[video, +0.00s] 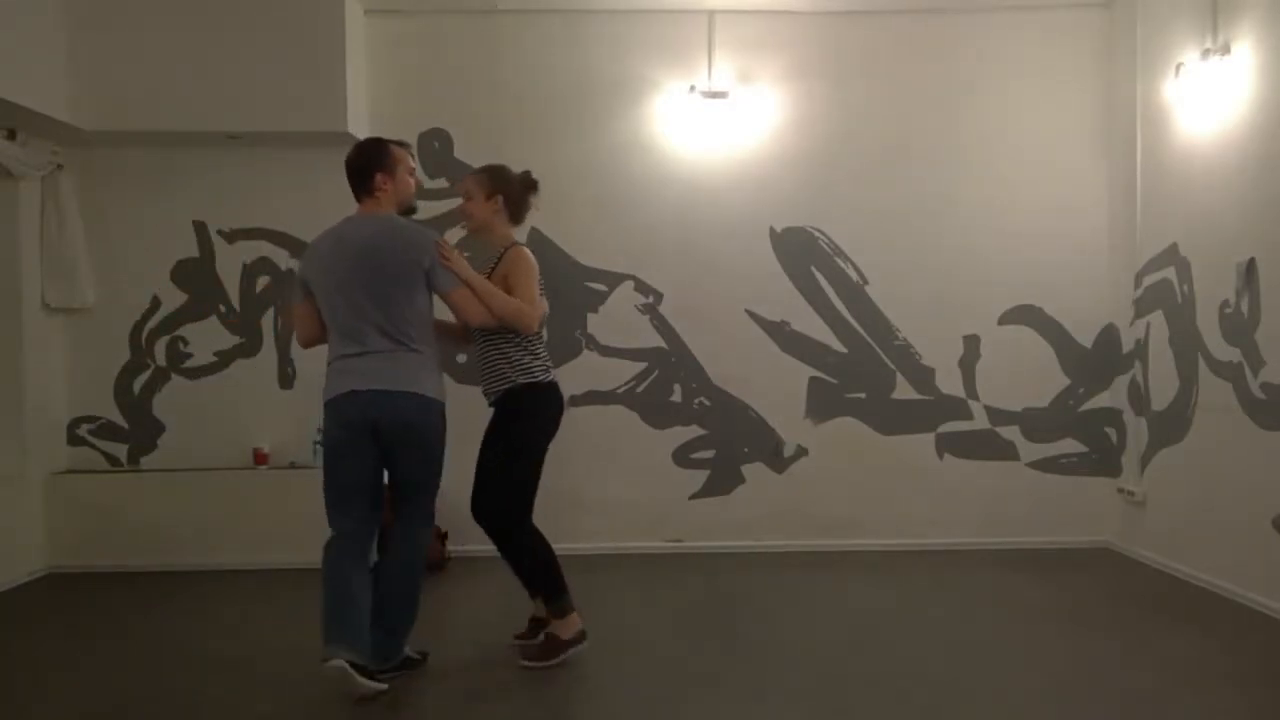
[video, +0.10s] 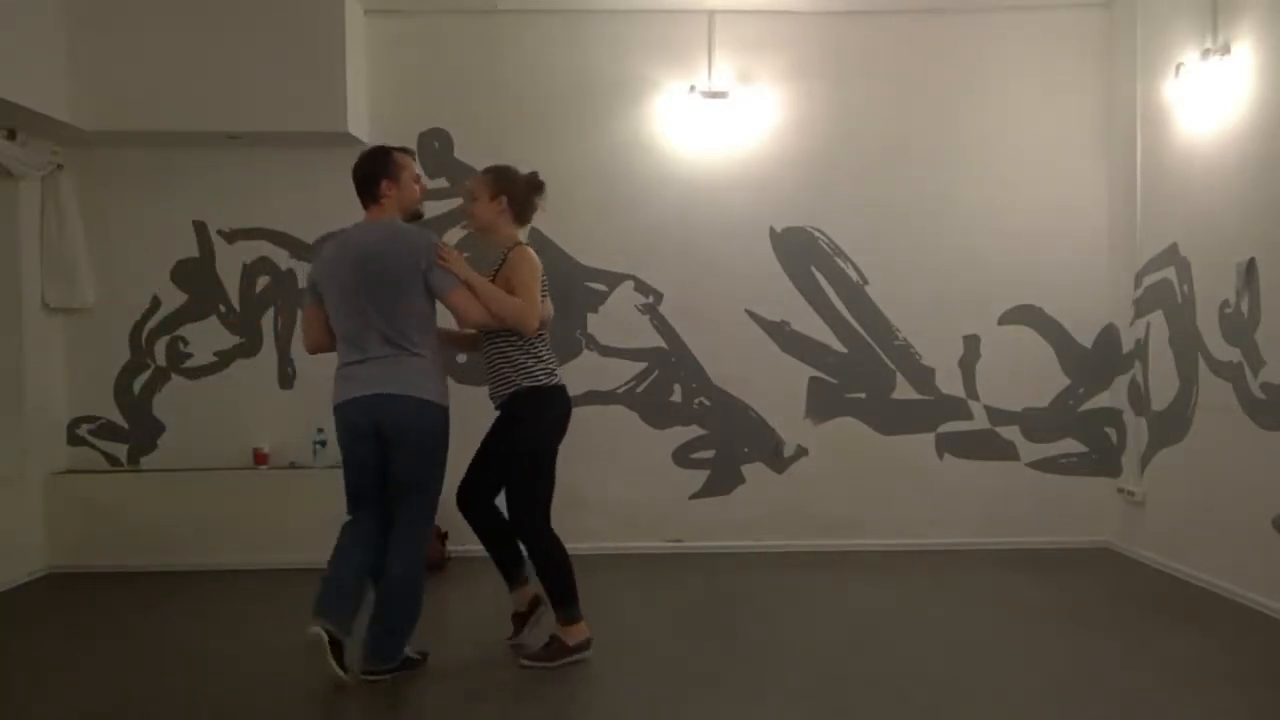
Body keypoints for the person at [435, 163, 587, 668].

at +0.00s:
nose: (461, 208)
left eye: (467, 199)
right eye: (461, 199)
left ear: (495, 203)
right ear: (488, 205)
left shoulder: (517, 257)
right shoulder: (490, 267)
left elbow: (529, 318)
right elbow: (471, 332)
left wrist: (466, 273)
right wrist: (417, 318)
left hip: (532, 398)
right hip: (512, 400)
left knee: (505, 510)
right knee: (489, 507)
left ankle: (567, 620)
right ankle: (548, 608)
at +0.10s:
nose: (465, 208)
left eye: (472, 199)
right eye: (467, 200)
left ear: (500, 205)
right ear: (495, 206)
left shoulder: (520, 257)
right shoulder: (497, 266)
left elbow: (525, 318)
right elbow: (484, 337)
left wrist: (467, 274)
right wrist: (428, 335)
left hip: (538, 402)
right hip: (521, 403)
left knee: (530, 519)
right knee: (472, 498)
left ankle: (574, 628)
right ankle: (523, 592)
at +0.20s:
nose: (468, 205)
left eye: (475, 197)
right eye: (470, 197)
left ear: (500, 203)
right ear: (504, 205)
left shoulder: (517, 252)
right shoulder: (504, 262)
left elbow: (511, 313)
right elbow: (500, 336)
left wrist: (456, 264)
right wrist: (442, 342)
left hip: (538, 399)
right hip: (526, 400)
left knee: (543, 520)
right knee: (472, 490)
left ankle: (575, 629)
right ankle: (501, 594)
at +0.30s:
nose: (466, 201)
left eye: (473, 194)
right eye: (469, 193)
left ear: (497, 200)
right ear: (504, 202)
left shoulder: (507, 247)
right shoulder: (504, 255)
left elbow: (499, 310)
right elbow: (500, 338)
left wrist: (450, 262)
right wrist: (441, 345)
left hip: (531, 397)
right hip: (525, 396)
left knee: (549, 517)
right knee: (481, 498)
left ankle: (575, 627)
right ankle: (481, 612)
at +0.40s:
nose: (461, 205)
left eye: (468, 198)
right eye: (464, 197)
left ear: (492, 204)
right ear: (500, 206)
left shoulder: (498, 254)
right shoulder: (510, 257)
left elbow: (483, 317)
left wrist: (443, 273)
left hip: (519, 402)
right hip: (527, 399)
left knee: (539, 517)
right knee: (492, 511)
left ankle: (574, 628)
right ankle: (475, 626)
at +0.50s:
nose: (455, 206)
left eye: (460, 199)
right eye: (457, 197)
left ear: (482, 205)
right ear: (496, 208)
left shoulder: (484, 256)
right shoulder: (511, 258)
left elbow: (460, 325)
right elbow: (476, 323)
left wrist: (429, 285)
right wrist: (440, 297)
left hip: (504, 404)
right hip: (526, 401)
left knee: (523, 518)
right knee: (491, 516)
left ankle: (572, 627)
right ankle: (475, 631)